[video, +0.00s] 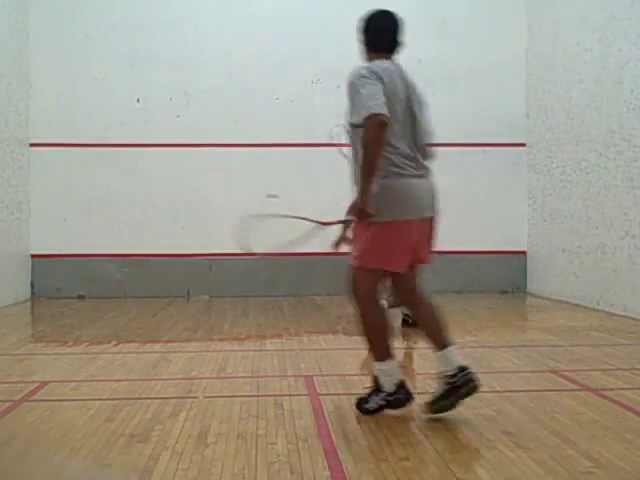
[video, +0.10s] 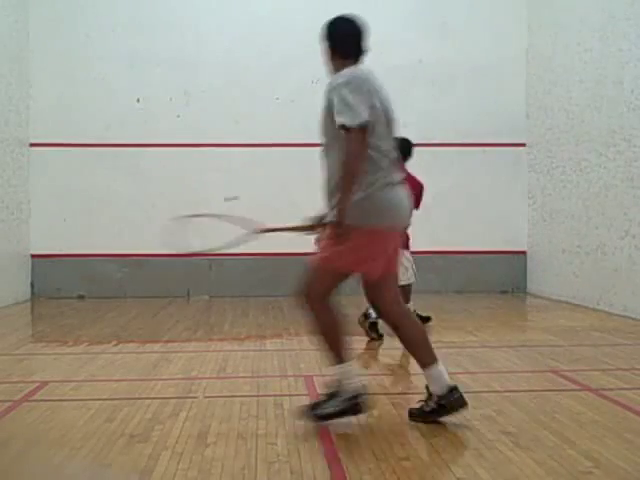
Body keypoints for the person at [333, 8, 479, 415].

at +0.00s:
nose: (363, 43)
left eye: (363, 37)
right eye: (374, 36)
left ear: (364, 40)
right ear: (397, 41)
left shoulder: (367, 75)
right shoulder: (407, 80)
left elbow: (377, 123)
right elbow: (423, 148)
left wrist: (363, 197)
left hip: (388, 198)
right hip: (422, 195)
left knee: (365, 288)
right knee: (407, 286)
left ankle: (390, 383)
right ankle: (456, 370)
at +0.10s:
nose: (324, 53)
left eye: (325, 46)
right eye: (327, 46)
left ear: (330, 48)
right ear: (360, 46)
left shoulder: (347, 84)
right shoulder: (369, 83)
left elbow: (356, 153)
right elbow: (375, 159)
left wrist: (338, 215)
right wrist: (328, 214)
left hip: (367, 214)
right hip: (392, 211)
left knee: (314, 290)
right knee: (385, 298)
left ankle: (348, 387)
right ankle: (442, 388)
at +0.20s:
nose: (285, 72)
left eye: (286, 64)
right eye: (288, 64)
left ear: (291, 66)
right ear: (321, 65)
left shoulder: (312, 102)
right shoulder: (331, 102)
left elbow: (325, 152)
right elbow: (302, 181)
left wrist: (295, 199)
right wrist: (252, 219)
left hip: (333, 231)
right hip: (362, 227)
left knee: (262, 301)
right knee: (384, 311)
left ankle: (287, 406)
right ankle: (445, 392)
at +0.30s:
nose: (231, 73)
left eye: (232, 65)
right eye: (235, 64)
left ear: (238, 66)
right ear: (265, 64)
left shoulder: (260, 106)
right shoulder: (275, 103)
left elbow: (251, 179)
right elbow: (261, 177)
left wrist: (200, 223)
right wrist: (220, 199)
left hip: (283, 233)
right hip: (303, 231)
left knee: (234, 317)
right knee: (304, 321)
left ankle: (282, 410)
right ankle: (388, 368)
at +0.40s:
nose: (167, 86)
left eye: (168, 77)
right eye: (167, 77)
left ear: (177, 75)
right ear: (197, 72)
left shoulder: (211, 108)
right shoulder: (196, 121)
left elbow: (181, 171)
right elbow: (182, 194)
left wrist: (127, 207)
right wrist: (128, 216)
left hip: (244, 237)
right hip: (222, 241)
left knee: (212, 327)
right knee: (186, 325)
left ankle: (281, 409)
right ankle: (270, 367)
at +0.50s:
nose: (99, 99)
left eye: (102, 89)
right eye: (97, 90)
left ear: (117, 86)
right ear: (112, 88)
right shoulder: (122, 135)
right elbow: (96, 197)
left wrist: (42, 189)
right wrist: (43, 217)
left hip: (190, 255)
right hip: (150, 250)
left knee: (193, 348)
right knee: (77, 292)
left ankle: (271, 406)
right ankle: (97, 396)